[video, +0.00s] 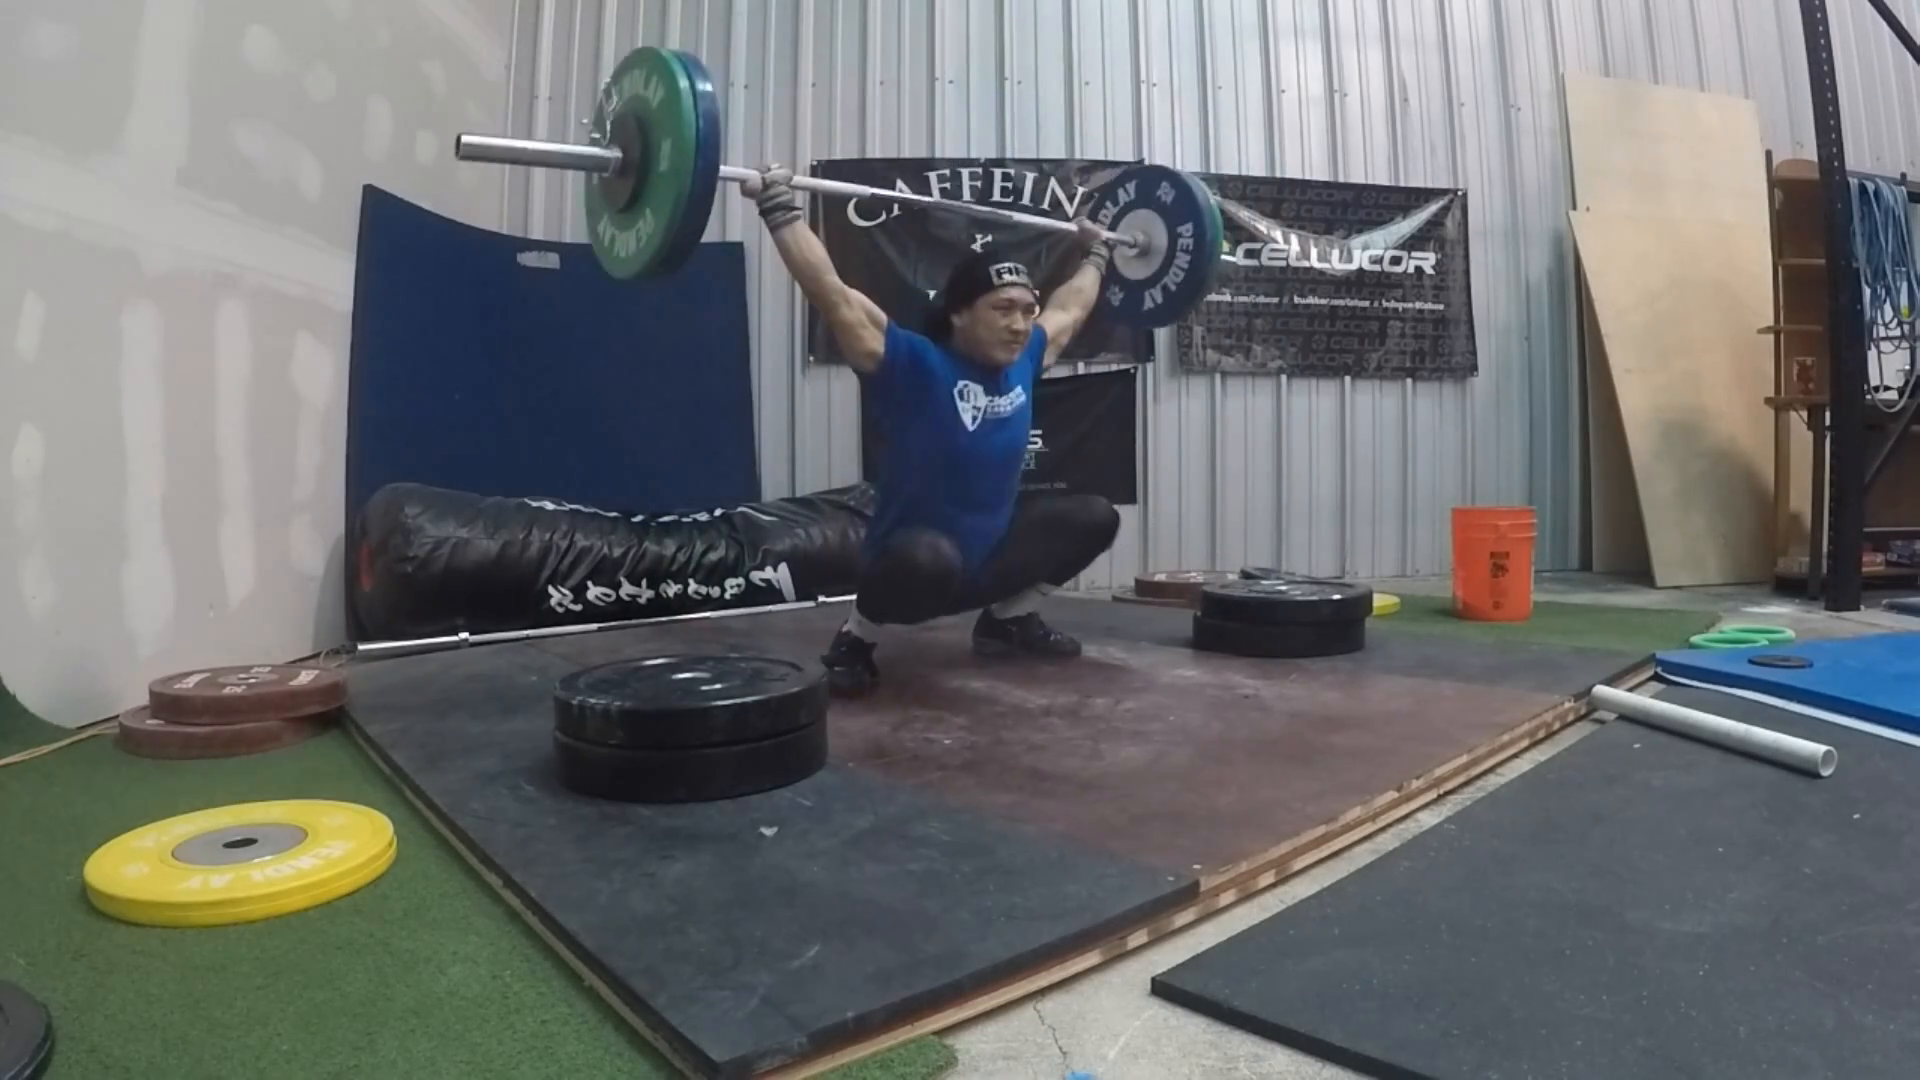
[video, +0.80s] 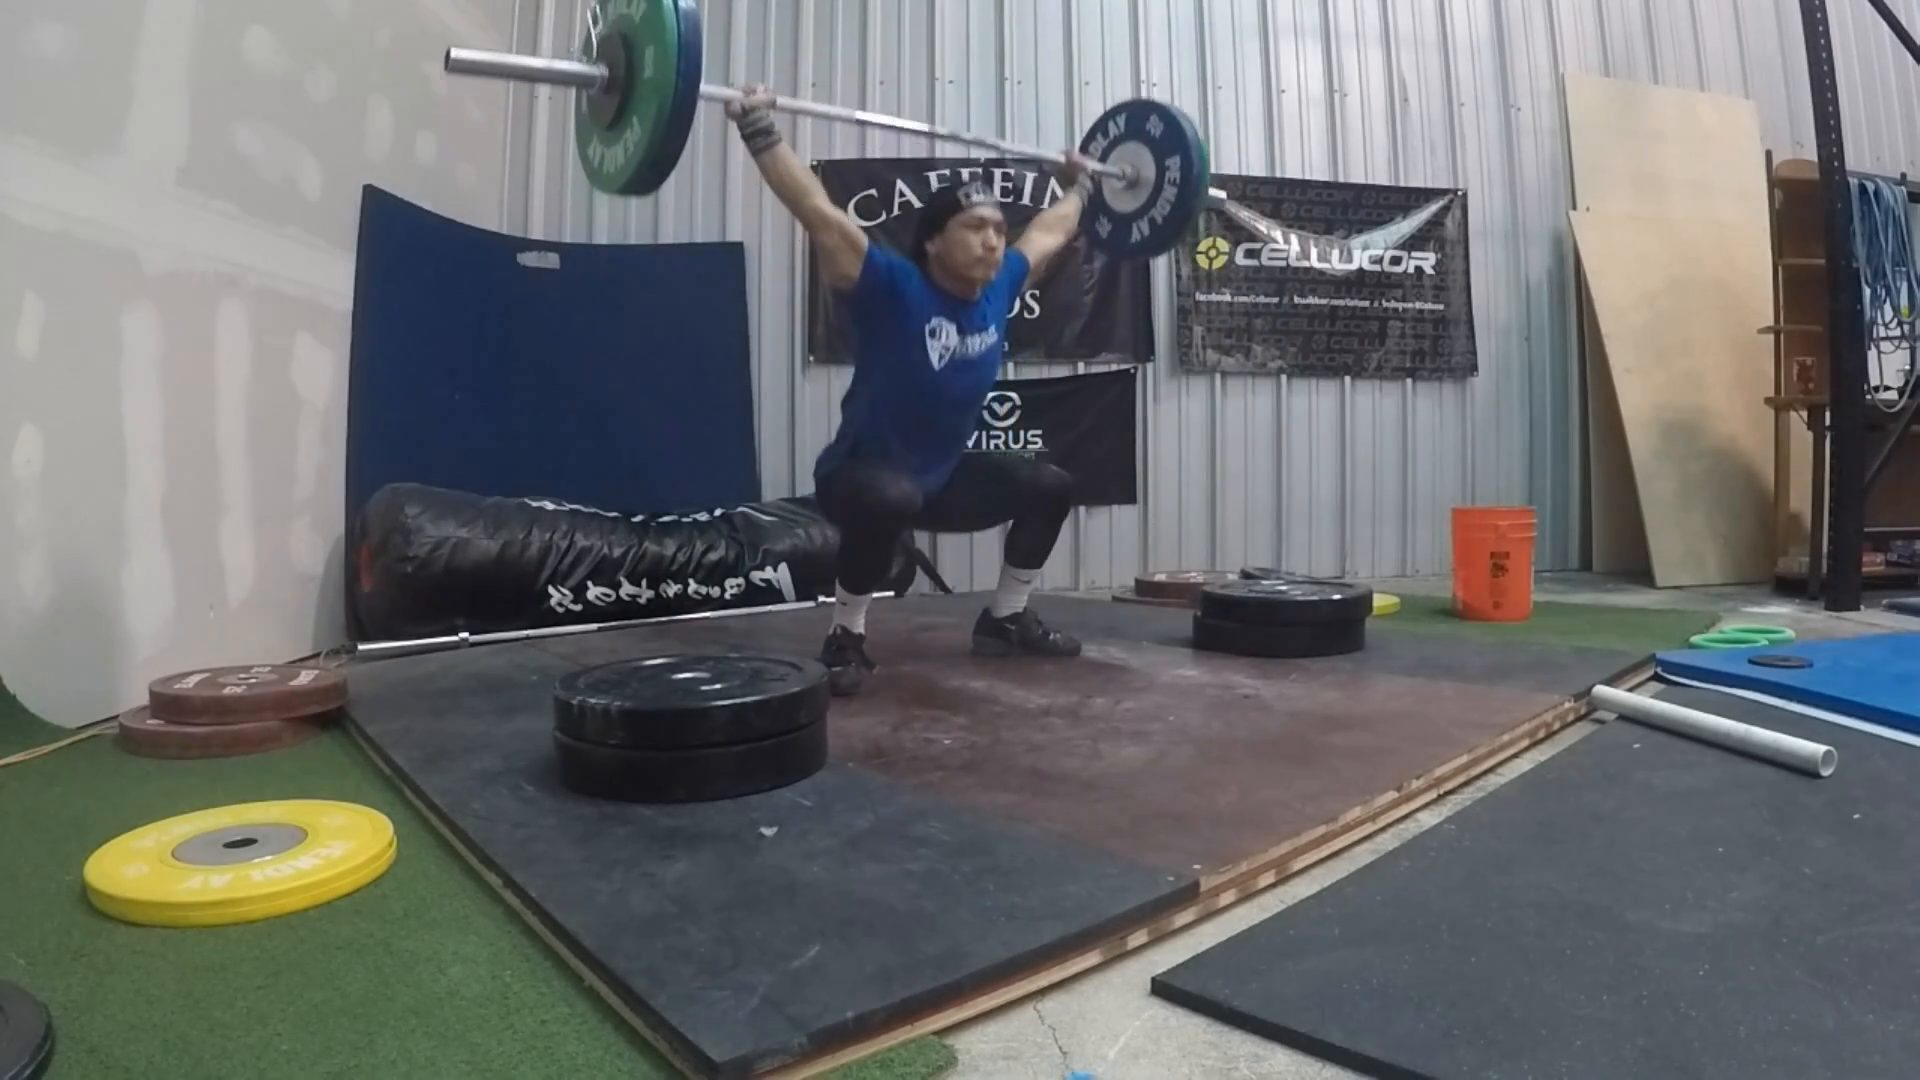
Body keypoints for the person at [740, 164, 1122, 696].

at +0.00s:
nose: (1020, 325)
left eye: (1027, 311)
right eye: (1004, 309)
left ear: (1033, 315)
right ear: (959, 315)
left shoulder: (1023, 359)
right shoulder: (911, 365)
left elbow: (1068, 309)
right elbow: (833, 297)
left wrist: (1095, 254)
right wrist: (780, 209)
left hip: (990, 560)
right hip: (912, 570)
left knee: (1093, 517)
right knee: (927, 555)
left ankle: (1006, 617)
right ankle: (856, 639)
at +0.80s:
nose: (992, 242)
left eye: (997, 231)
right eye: (976, 229)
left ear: (1003, 245)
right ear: (934, 243)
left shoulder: (998, 291)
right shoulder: (889, 286)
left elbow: (1048, 234)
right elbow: (819, 214)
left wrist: (1078, 189)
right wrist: (759, 129)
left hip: (943, 475)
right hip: (864, 471)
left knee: (1050, 487)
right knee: (888, 498)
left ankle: (1004, 617)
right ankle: (846, 636)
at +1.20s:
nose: (994, 149)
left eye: (997, 137)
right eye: (978, 135)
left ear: (996, 152)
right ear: (932, 151)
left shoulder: (999, 198)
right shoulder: (884, 196)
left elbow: (1043, 153)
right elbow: (813, 129)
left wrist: (1070, 109)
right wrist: (750, 46)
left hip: (952, 414)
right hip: (869, 409)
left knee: (1051, 484)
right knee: (896, 493)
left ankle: (1006, 616)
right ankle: (845, 632)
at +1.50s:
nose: (953, 68)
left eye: (959, 57)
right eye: (939, 52)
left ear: (962, 69)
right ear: (895, 60)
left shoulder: (959, 124)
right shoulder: (848, 112)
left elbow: (1011, 80)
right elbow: (775, 32)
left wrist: (1042, 40)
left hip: (917, 353)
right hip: (839, 345)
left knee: (981, 472)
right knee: (853, 475)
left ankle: (1001, 617)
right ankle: (827, 634)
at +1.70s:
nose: (923, 41)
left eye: (929, 29)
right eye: (910, 25)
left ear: (931, 41)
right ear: (864, 30)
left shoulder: (935, 88)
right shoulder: (820, 76)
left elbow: (988, 42)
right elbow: (762, 12)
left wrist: (1030, 6)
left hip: (910, 318)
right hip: (830, 316)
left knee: (940, 456)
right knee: (835, 458)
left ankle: (901, 588)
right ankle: (824, 627)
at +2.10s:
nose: (863, 79)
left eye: (870, 69)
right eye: (849, 67)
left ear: (874, 75)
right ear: (809, 72)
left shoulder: (887, 131)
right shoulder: (777, 126)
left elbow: (958, 106)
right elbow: (702, 82)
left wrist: (1004, 51)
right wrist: (690, 8)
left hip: (897, 331)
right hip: (824, 332)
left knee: (901, 468)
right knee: (828, 463)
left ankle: (880, 614)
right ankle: (822, 629)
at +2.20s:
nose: (846, 91)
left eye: (852, 81)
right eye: (832, 78)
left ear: (856, 86)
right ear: (792, 82)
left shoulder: (869, 144)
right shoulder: (763, 139)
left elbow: (938, 161)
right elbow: (683, 140)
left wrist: (996, 117)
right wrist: (691, 66)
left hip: (883, 328)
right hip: (812, 330)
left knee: (883, 465)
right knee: (817, 454)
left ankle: (879, 614)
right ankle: (805, 612)